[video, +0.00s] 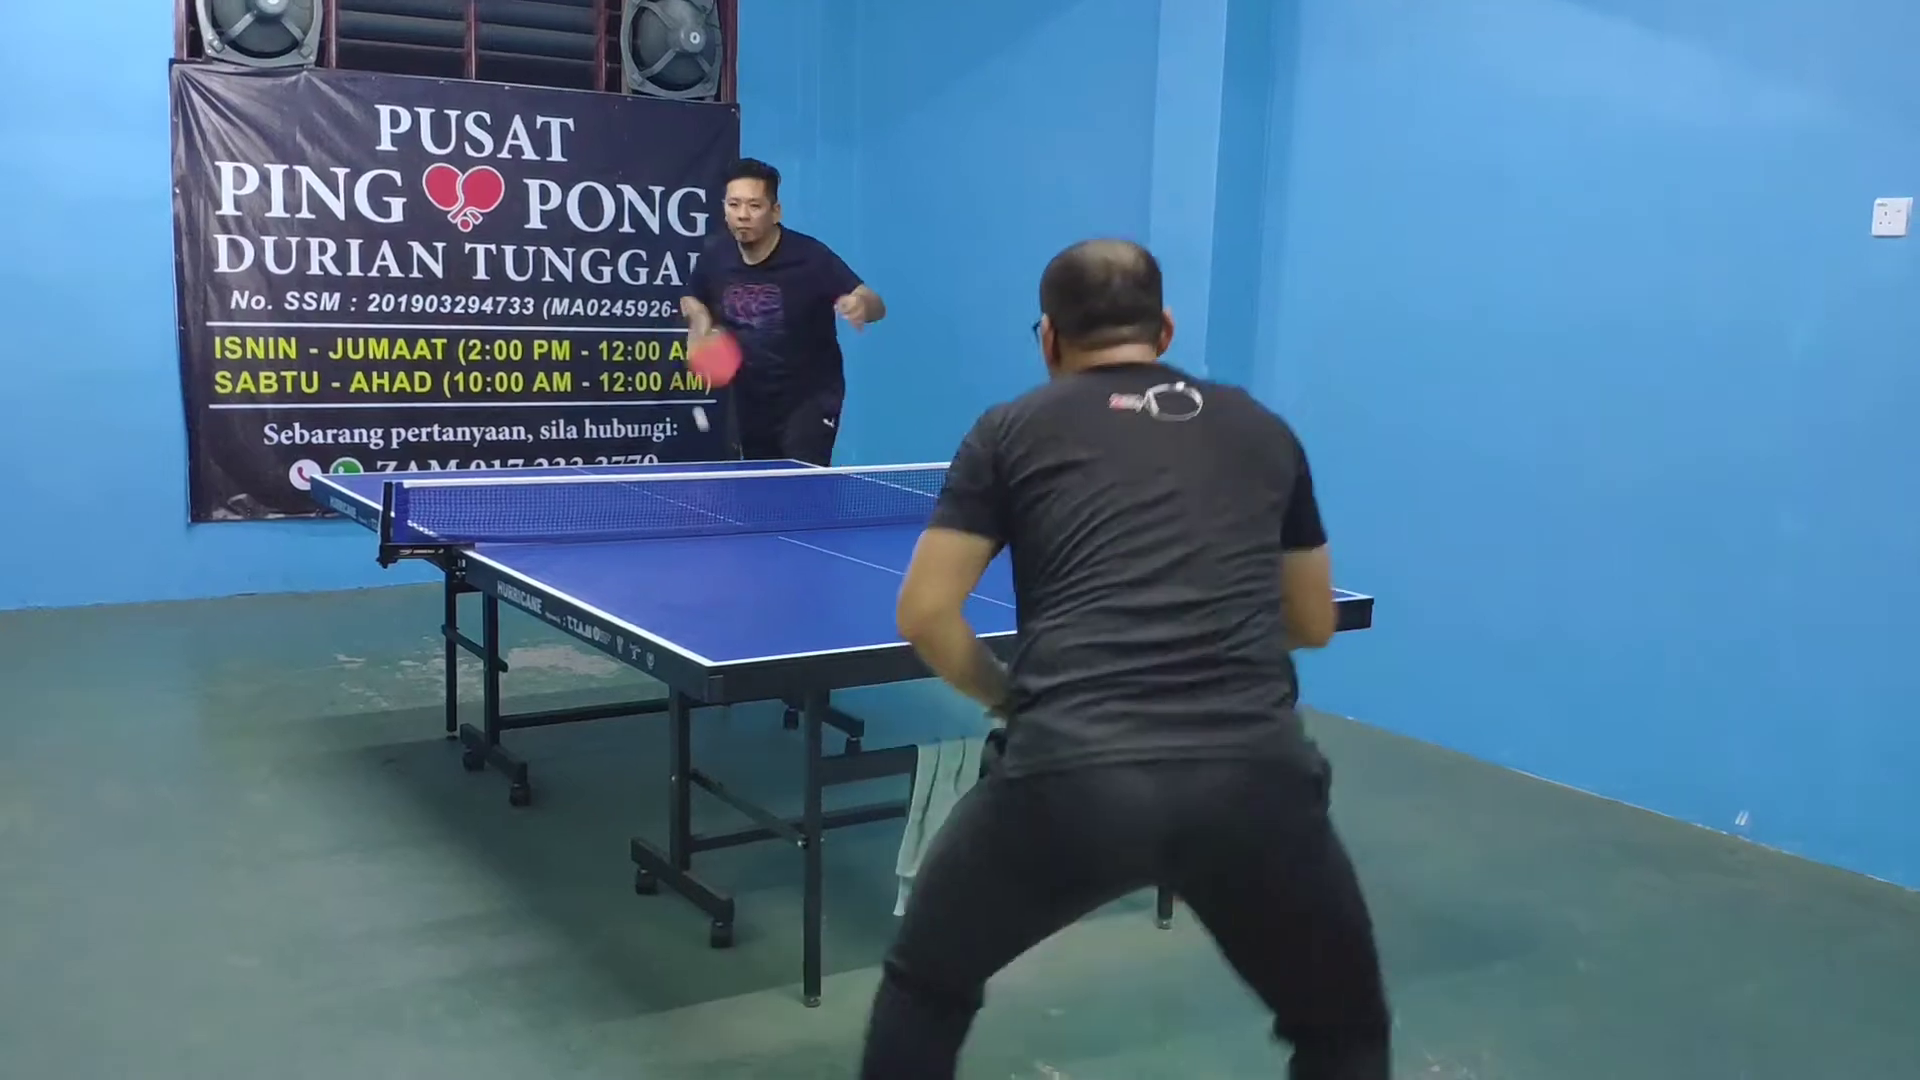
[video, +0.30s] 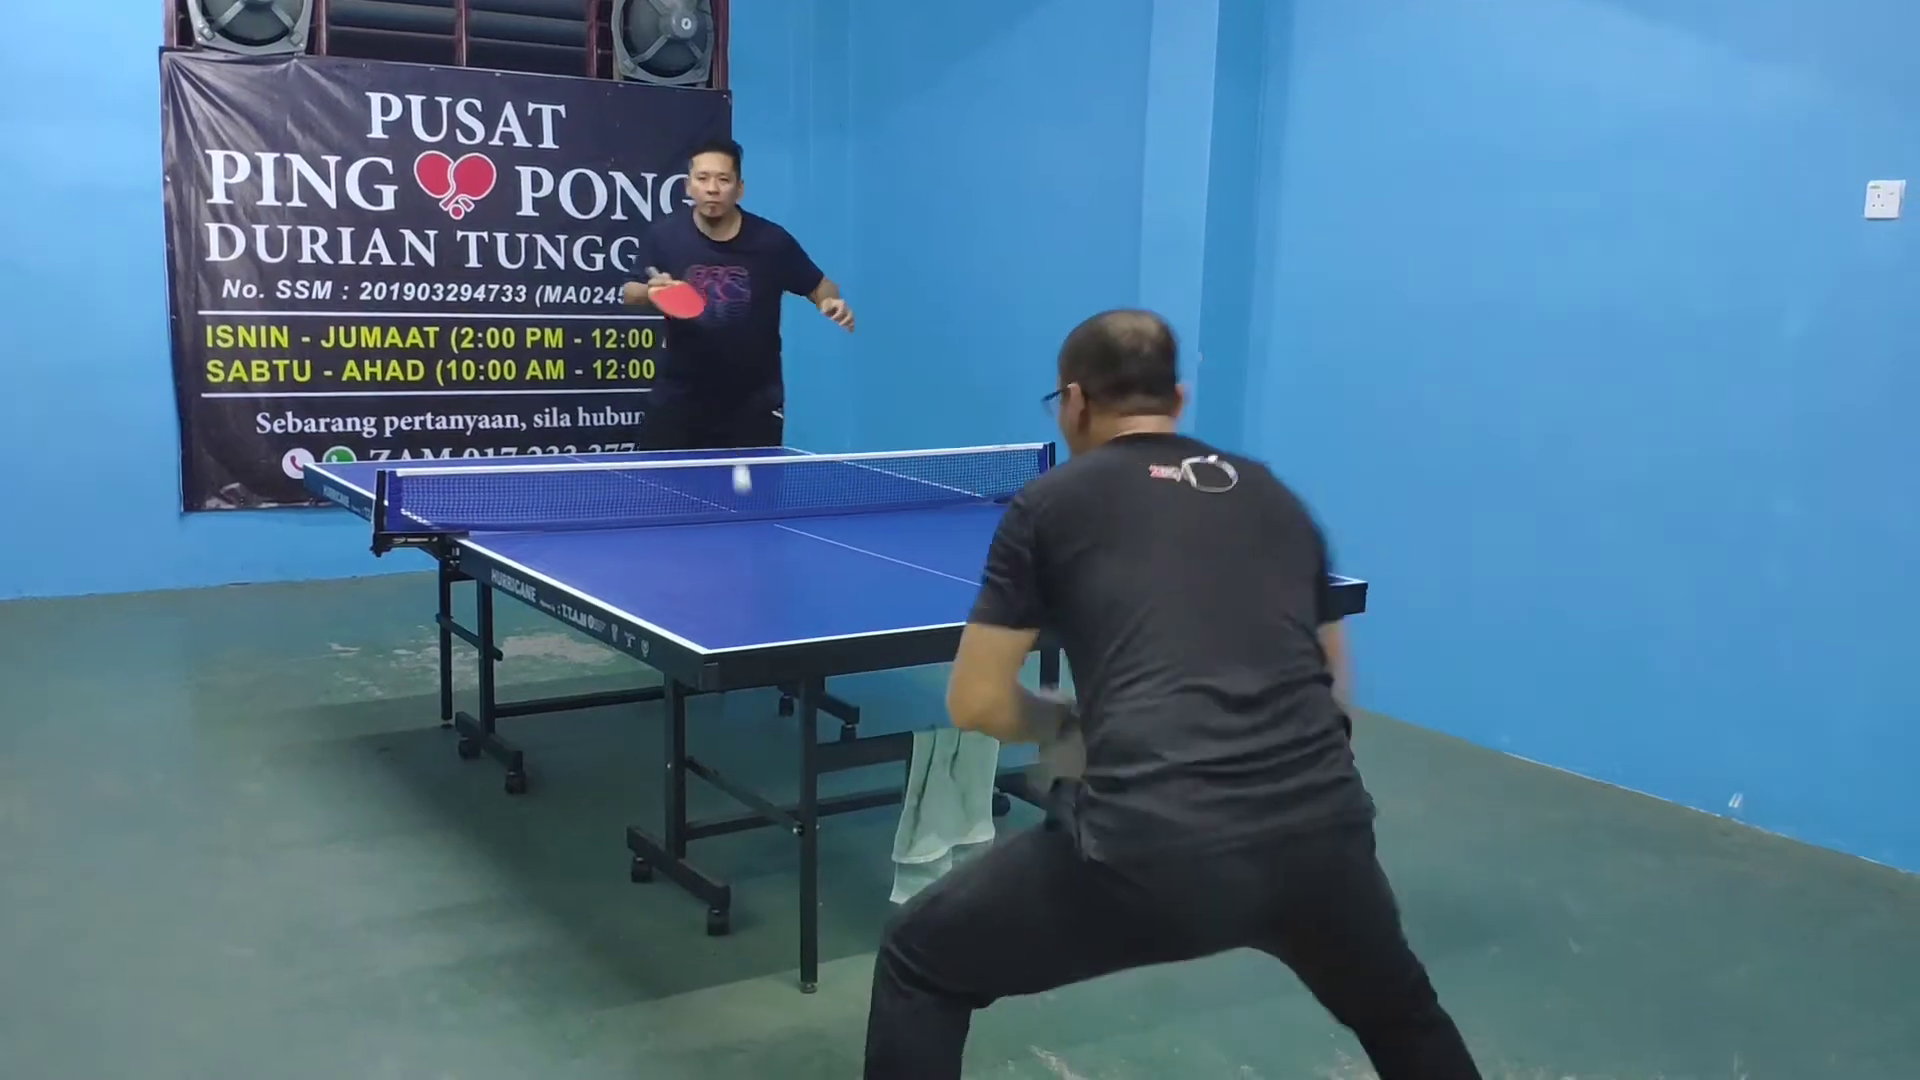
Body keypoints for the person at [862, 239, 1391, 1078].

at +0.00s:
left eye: (1039, 333)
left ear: (1049, 338)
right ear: (1166, 330)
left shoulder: (1011, 432)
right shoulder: (1261, 429)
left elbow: (925, 613)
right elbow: (1312, 621)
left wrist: (1003, 692)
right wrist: (1208, 605)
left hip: (1072, 792)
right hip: (1250, 791)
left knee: (926, 990)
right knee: (1343, 1030)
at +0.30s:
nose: (1058, 420)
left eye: (1057, 404)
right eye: (1056, 403)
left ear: (1075, 402)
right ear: (1180, 400)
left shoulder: (1050, 503)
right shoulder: (1275, 495)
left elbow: (978, 703)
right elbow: (1336, 697)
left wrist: (1068, 719)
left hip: (1150, 856)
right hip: (1319, 850)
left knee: (921, 966)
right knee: (1408, 1020)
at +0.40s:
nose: (983, 423)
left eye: (983, 405)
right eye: (982, 406)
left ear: (1005, 398)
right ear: (1095, 400)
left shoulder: (1008, 481)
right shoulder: (1176, 486)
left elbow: (901, 665)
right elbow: (1142, 667)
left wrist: (986, 627)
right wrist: (983, 721)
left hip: (1125, 843)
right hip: (1274, 826)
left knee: (899, 967)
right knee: (1367, 1019)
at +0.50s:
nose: (907, 405)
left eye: (907, 386)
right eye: (906, 387)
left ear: (932, 375)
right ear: (1015, 373)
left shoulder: (960, 439)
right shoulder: (1084, 460)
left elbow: (799, 532)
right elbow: (1010, 622)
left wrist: (831, 576)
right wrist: (846, 628)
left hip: (1084, 808)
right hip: (1218, 789)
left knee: (864, 970)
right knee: (1326, 1005)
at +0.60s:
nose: (855, 348)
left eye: (857, 332)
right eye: (856, 334)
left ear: (876, 331)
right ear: (973, 333)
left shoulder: (924, 380)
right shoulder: (1016, 429)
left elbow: (801, 365)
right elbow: (878, 533)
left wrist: (723, 472)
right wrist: (752, 484)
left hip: (1047, 769)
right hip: (1182, 744)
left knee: (862, 973)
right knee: (1279, 986)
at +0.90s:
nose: (843, 284)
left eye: (844, 266)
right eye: (849, 264)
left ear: (857, 276)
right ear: (972, 267)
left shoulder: (914, 343)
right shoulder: (1019, 367)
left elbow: (930, 401)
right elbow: (896, 512)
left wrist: (811, 596)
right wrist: (742, 463)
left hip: (1004, 742)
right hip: (1140, 720)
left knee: (829, 982)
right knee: (1251, 965)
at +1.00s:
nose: (882, 318)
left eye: (882, 304)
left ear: (894, 312)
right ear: (1010, 304)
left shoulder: (930, 398)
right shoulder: (1071, 408)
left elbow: (925, 524)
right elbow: (984, 584)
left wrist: (860, 731)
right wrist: (816, 570)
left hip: (1014, 795)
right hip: (1177, 779)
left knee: (838, 975)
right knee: (1307, 958)